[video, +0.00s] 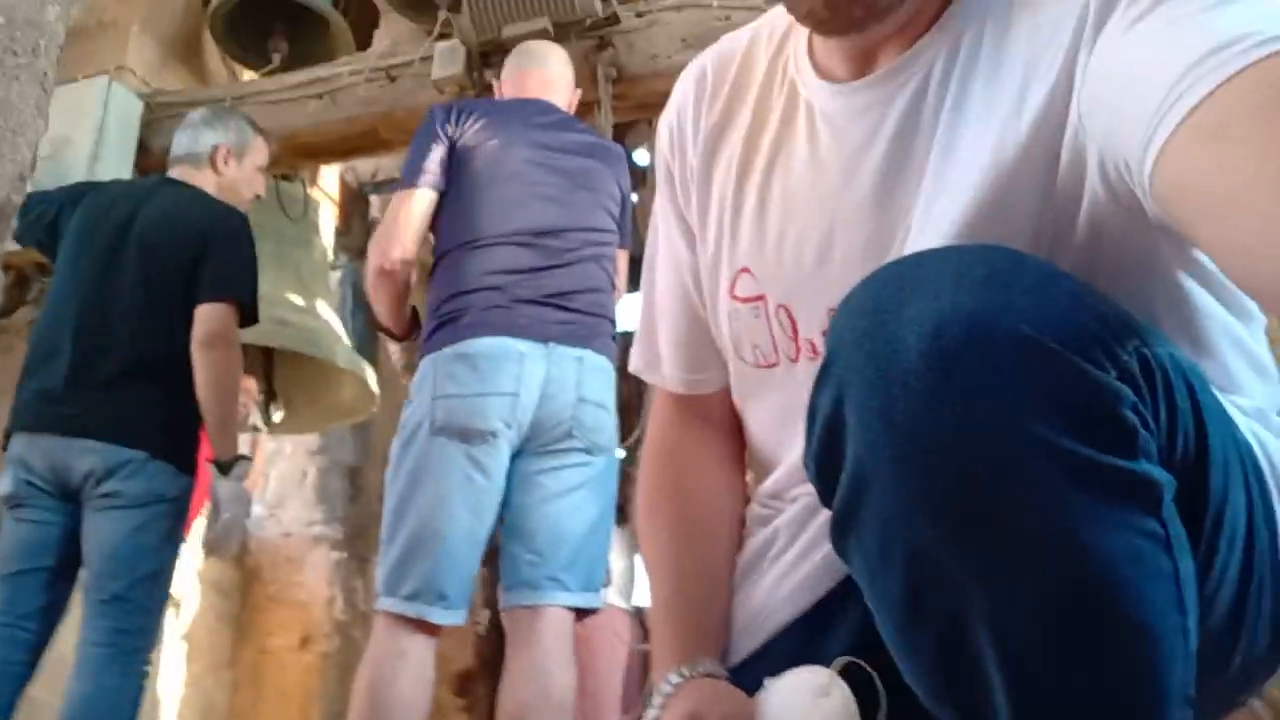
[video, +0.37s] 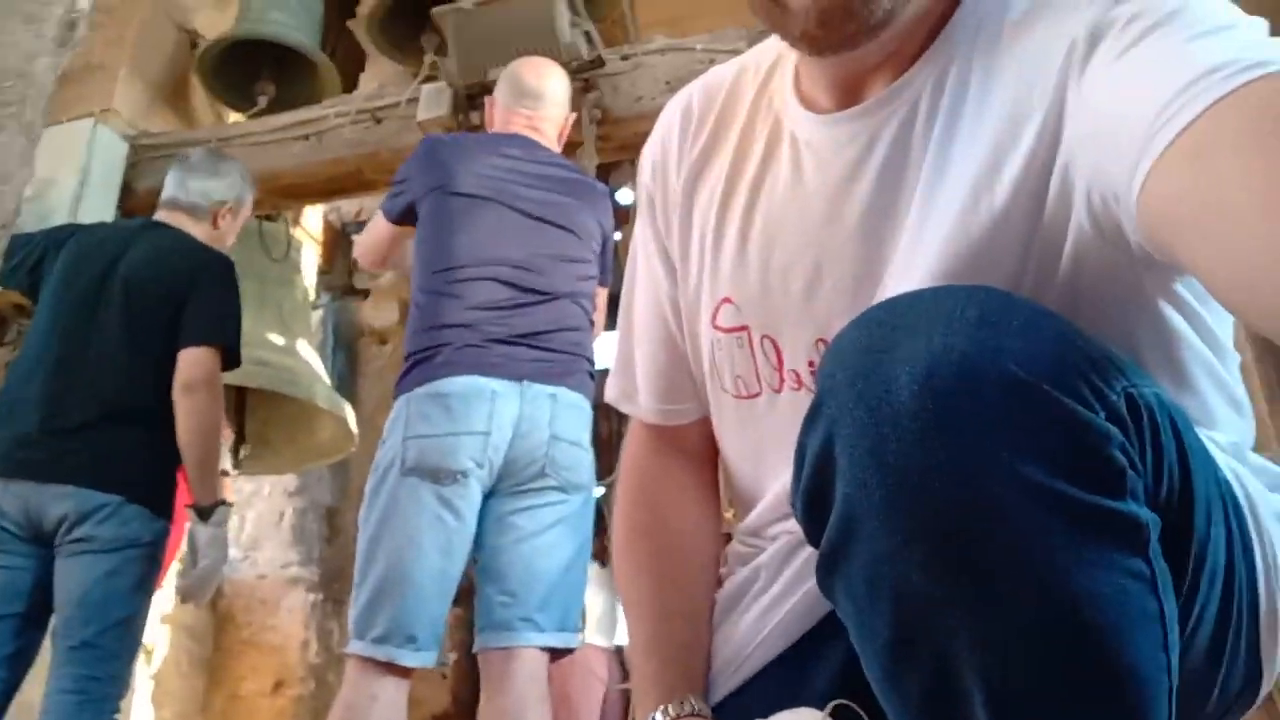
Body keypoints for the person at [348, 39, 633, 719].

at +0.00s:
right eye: (576, 96)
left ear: (497, 87)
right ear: (576, 100)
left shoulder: (456, 119)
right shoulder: (611, 155)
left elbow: (391, 257)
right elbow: (615, 280)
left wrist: (400, 330)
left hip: (475, 356)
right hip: (587, 369)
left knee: (411, 616)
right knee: (545, 611)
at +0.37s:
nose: (489, 115)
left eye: (490, 108)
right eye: (564, 123)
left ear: (488, 112)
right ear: (566, 128)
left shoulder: (439, 153)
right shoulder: (594, 195)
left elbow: (371, 254)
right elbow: (594, 317)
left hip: (450, 394)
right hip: (562, 410)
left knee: (383, 658)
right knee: (519, 647)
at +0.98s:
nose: (448, 93)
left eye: (448, 83)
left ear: (447, 84)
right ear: (525, 109)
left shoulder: (402, 127)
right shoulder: (547, 171)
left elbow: (380, 241)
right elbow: (548, 294)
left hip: (382, 360)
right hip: (494, 381)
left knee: (284, 611)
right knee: (426, 612)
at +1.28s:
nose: (381, 24)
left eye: (381, 16)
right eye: (463, 30)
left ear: (384, 19)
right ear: (464, 42)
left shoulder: (338, 60)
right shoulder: (494, 112)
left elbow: (350, 159)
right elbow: (507, 222)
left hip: (327, 310)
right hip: (446, 331)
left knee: (239, 567)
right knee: (384, 569)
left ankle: (183, 716)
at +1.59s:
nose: (446, 83)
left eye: (449, 76)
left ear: (454, 76)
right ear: (531, 98)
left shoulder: (409, 115)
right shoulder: (557, 156)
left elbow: (407, 200)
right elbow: (557, 254)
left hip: (409, 355)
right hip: (522, 373)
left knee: (327, 615)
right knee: (465, 616)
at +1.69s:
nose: (461, 128)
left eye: (463, 123)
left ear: (470, 124)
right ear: (543, 148)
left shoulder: (424, 154)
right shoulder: (570, 198)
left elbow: (408, 231)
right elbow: (566, 292)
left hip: (420, 392)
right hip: (532, 414)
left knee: (336, 651)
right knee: (475, 650)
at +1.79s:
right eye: (542, 160)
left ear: (470, 148)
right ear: (545, 170)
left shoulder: (430, 167)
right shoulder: (572, 215)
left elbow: (413, 233)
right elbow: (562, 304)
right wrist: (541, 182)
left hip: (417, 402)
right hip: (530, 424)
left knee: (326, 659)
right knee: (466, 656)